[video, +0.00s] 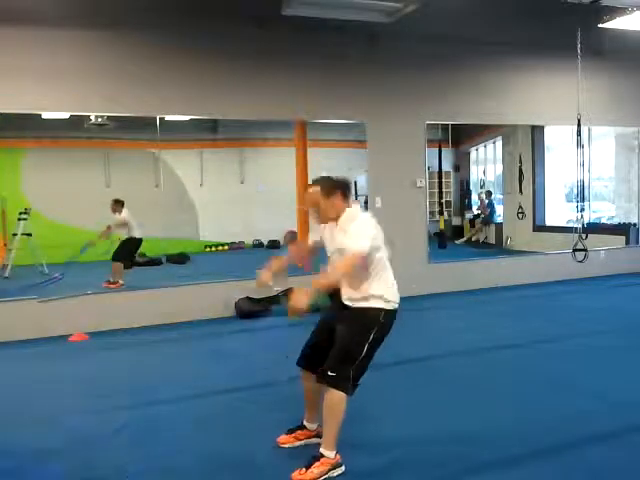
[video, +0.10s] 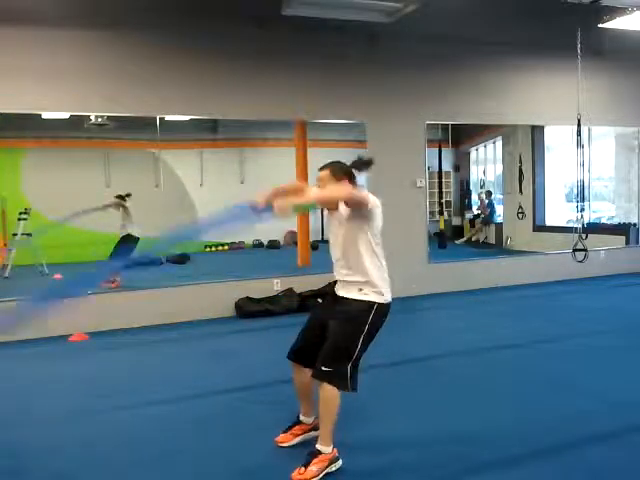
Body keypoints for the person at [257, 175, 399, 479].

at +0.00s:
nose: (316, 212)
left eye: (319, 205)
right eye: (314, 207)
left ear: (338, 199)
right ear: (332, 200)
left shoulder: (363, 225)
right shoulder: (328, 225)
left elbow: (350, 267)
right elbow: (304, 248)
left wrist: (311, 288)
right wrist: (276, 266)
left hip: (375, 305)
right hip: (345, 301)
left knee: (336, 377)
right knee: (312, 364)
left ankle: (330, 456)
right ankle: (312, 427)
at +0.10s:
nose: (321, 192)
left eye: (324, 186)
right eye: (320, 187)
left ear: (344, 183)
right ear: (323, 188)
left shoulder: (368, 203)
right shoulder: (331, 205)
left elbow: (345, 196)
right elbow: (305, 189)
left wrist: (297, 199)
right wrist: (275, 194)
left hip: (369, 298)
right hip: (340, 292)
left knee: (328, 372)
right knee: (301, 360)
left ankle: (326, 451)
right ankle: (309, 421)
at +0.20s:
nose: (298, 213)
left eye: (300, 206)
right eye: (296, 207)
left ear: (317, 197)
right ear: (304, 199)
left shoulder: (344, 214)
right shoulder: (323, 218)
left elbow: (343, 191)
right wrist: (288, 177)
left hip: (363, 303)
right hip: (336, 296)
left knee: (325, 377)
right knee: (299, 363)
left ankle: (317, 456)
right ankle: (288, 428)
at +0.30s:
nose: (277, 237)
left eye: (280, 230)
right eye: (276, 231)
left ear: (296, 229)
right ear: (293, 230)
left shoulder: (322, 247)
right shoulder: (298, 250)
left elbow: (326, 263)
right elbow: (273, 237)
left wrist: (307, 260)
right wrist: (260, 237)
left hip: (364, 314)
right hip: (334, 311)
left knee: (320, 379)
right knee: (294, 367)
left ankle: (312, 457)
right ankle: (280, 430)